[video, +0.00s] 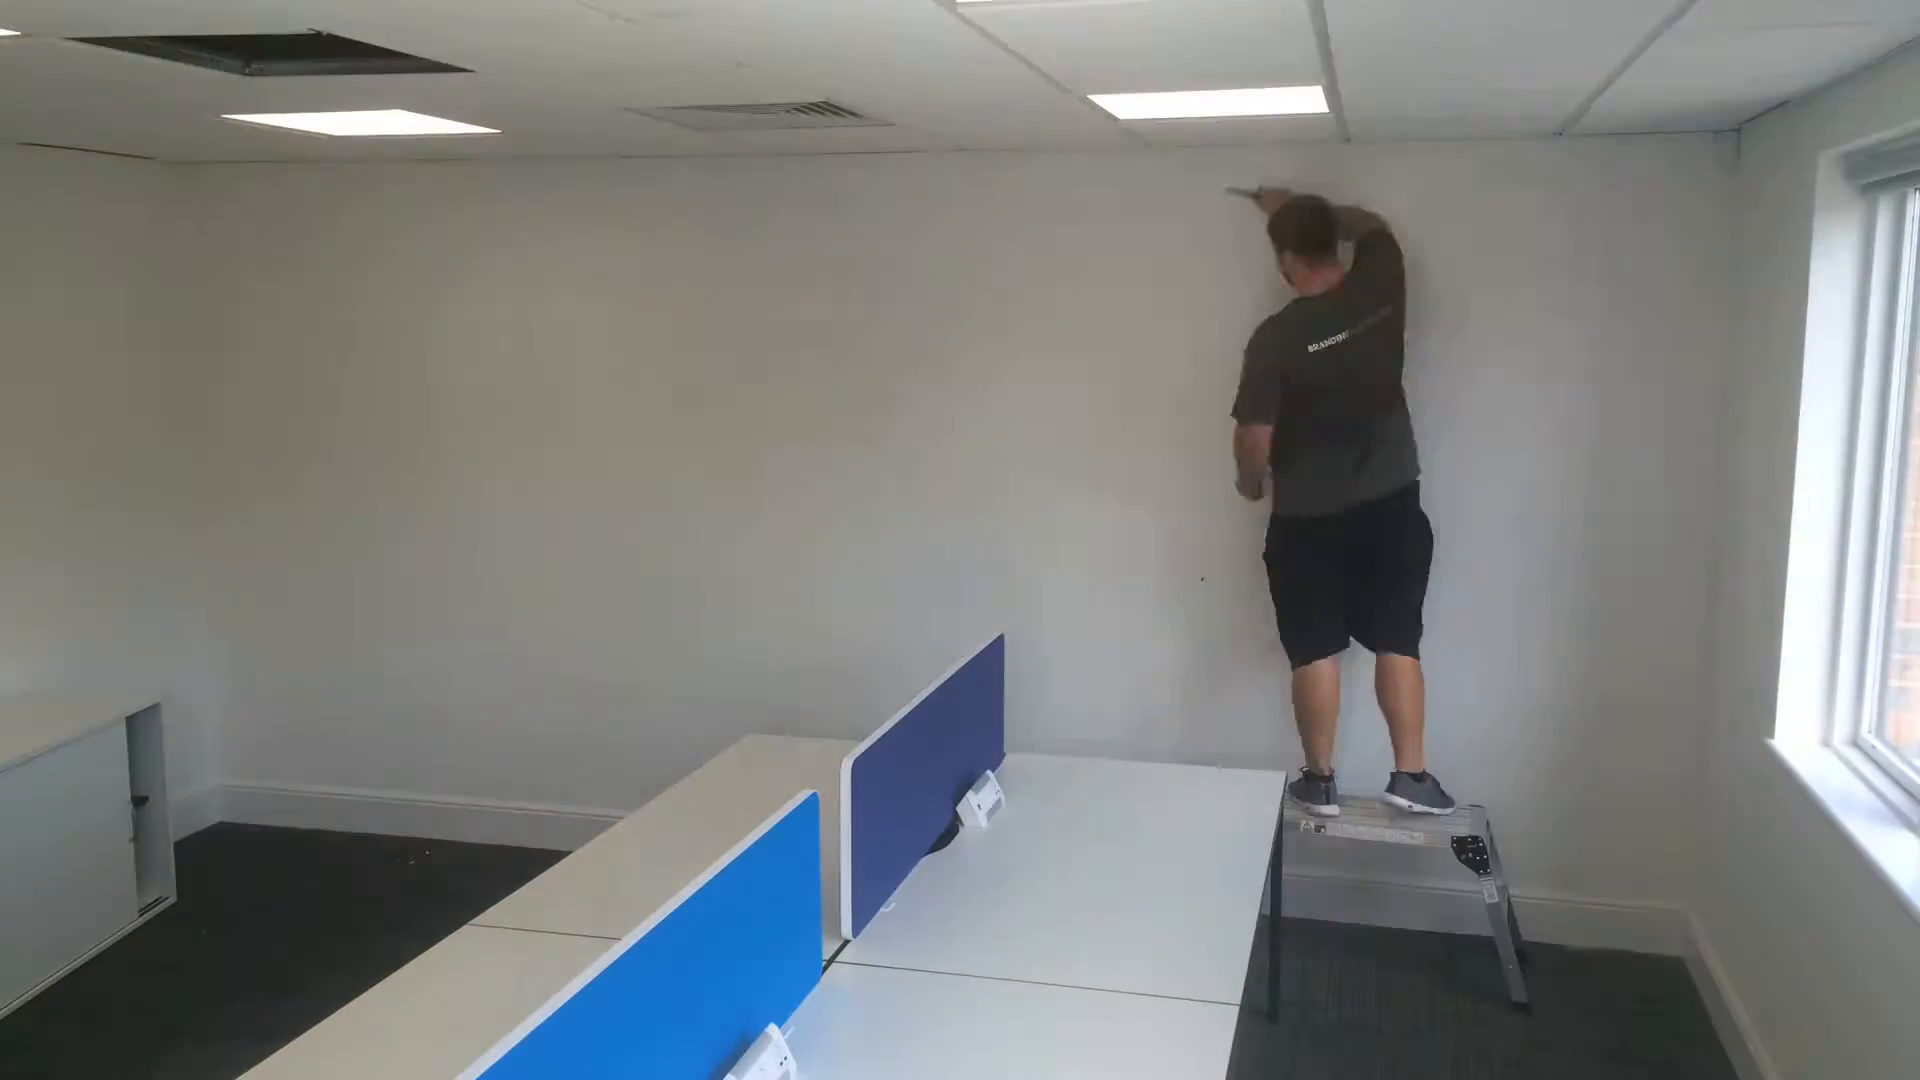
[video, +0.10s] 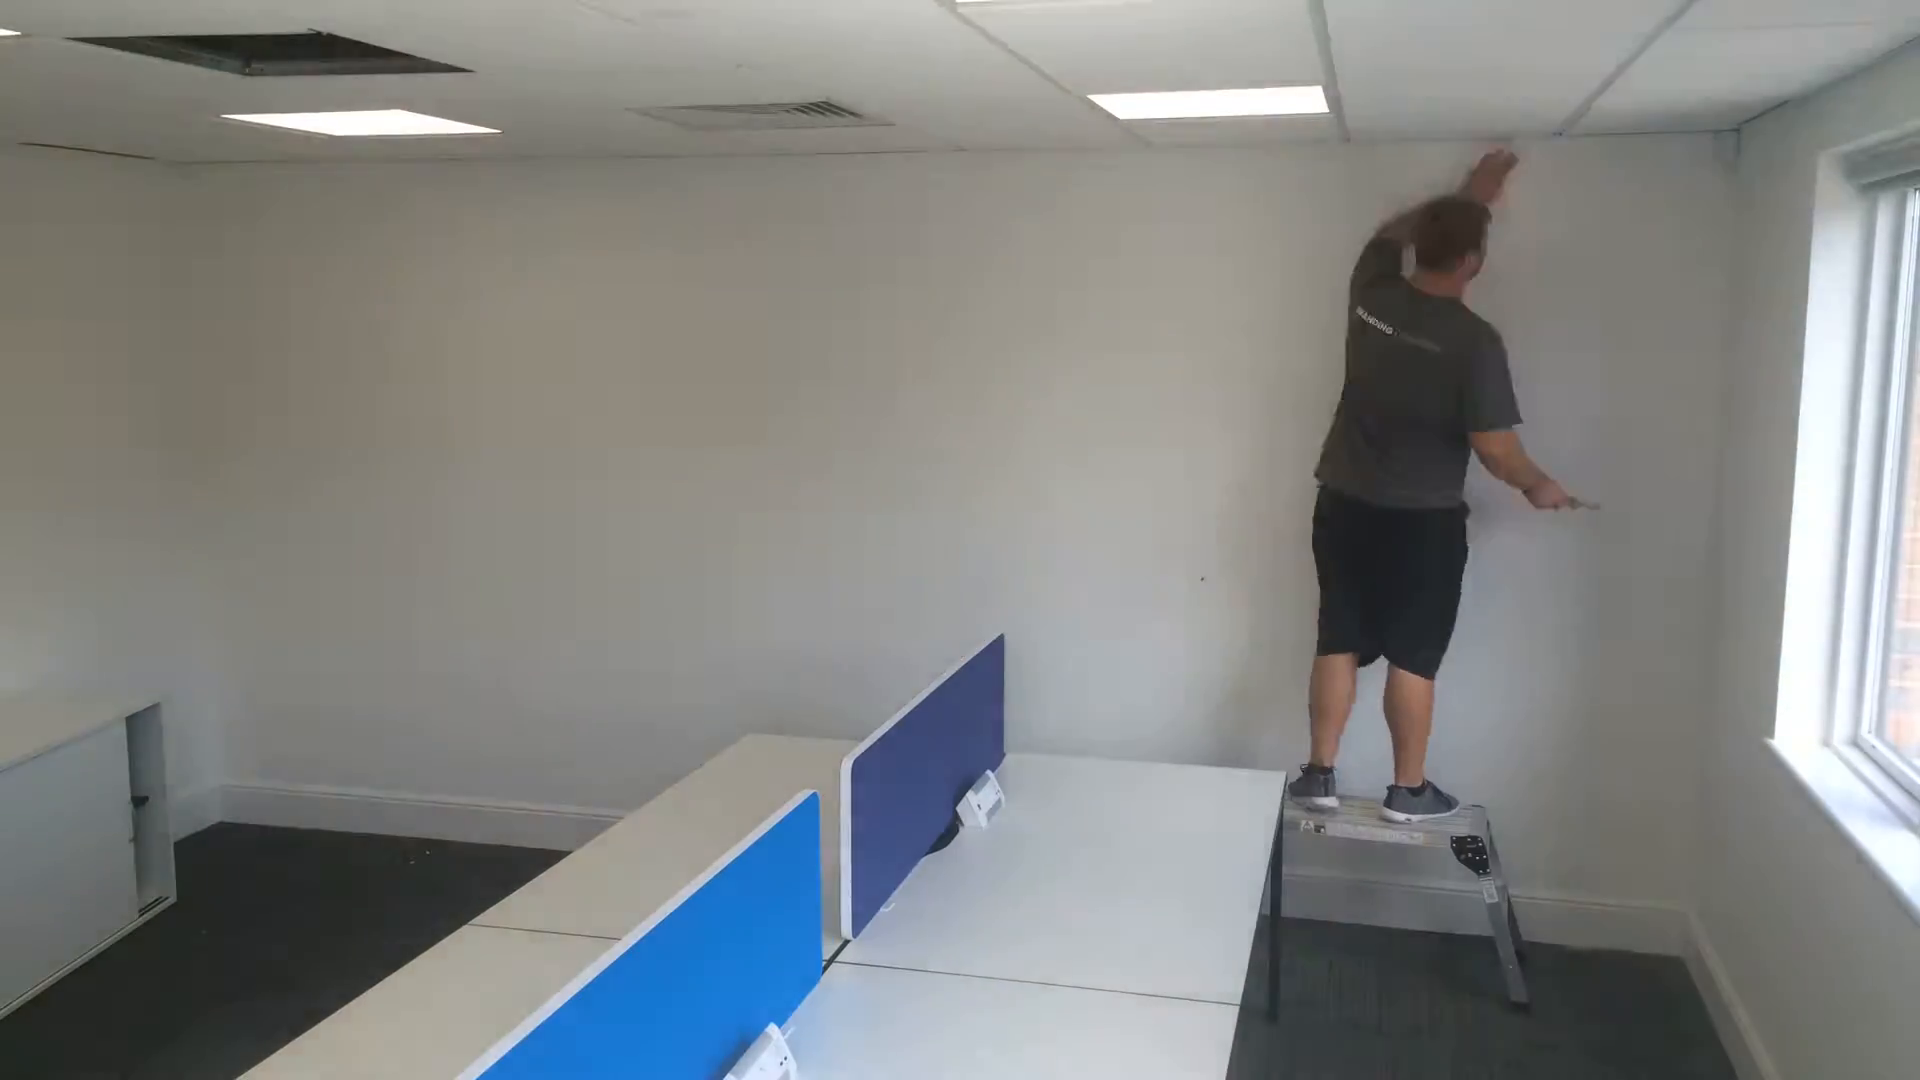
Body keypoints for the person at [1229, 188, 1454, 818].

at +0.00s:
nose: (1281, 271)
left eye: (1281, 261)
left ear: (1287, 264)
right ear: (1341, 249)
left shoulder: (1274, 337)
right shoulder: (1379, 296)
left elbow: (1254, 437)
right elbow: (1371, 228)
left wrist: (1250, 482)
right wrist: (1293, 209)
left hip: (1307, 523)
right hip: (1388, 512)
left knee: (1314, 653)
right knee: (1397, 643)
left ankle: (1319, 780)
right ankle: (1412, 775)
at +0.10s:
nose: (1482, 262)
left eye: (1479, 251)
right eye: (1480, 252)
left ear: (1416, 252)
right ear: (1471, 262)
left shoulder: (1374, 296)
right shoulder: (1474, 340)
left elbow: (1397, 233)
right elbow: (1495, 447)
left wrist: (1469, 200)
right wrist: (1538, 483)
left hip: (1344, 505)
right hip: (1425, 519)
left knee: (1338, 642)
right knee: (1414, 656)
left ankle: (1318, 775)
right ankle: (1409, 788)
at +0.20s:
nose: (1398, 264)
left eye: (1398, 255)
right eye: (1400, 255)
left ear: (1338, 249)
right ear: (1392, 253)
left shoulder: (1281, 316)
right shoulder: (1405, 321)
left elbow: (1241, 402)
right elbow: (1456, 406)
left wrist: (1232, 469)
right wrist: (1478, 380)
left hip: (1306, 516)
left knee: (1315, 649)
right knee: (1401, 653)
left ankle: (1318, 781)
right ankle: (1414, 784)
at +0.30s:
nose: (1525, 294)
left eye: (1530, 282)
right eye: (1529, 281)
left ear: (1470, 254)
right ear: (1514, 277)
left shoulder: (1387, 303)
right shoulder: (1509, 348)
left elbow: (1324, 370)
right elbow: (1546, 428)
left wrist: (1349, 321)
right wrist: (1585, 387)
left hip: (1353, 512)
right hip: (1440, 525)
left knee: (1343, 652)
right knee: (1424, 662)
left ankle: (1331, 779)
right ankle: (1418, 789)